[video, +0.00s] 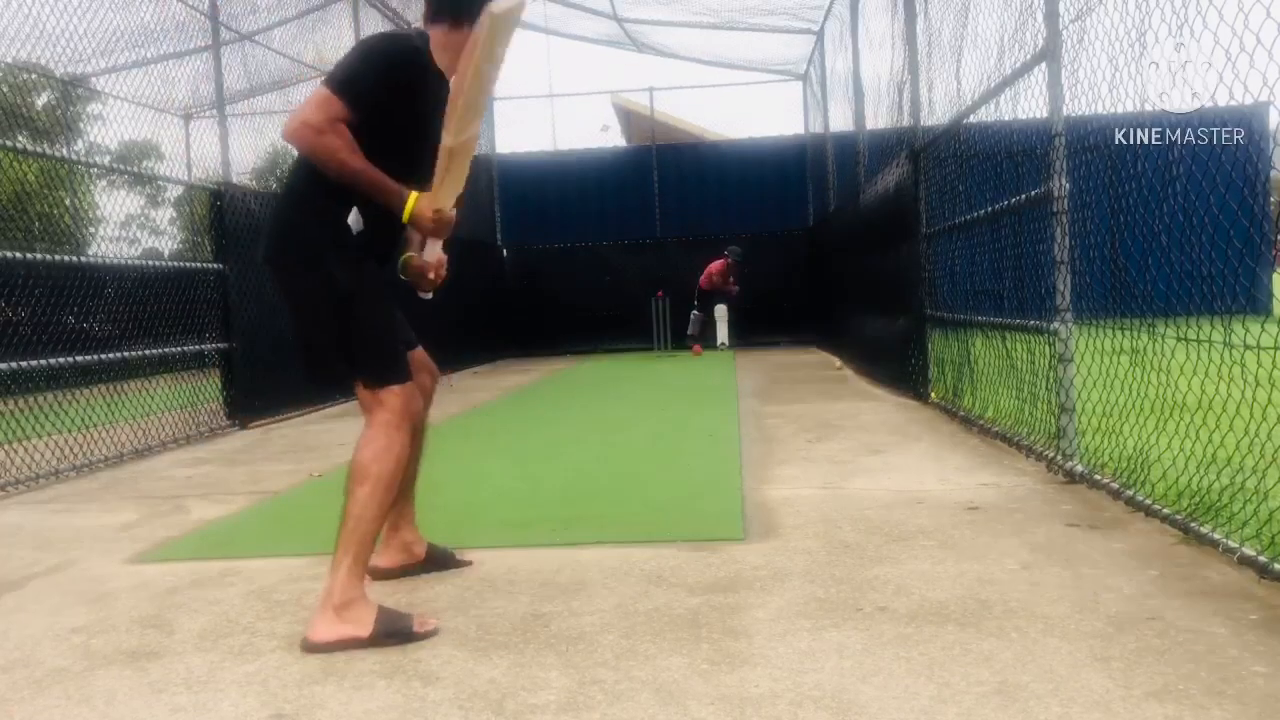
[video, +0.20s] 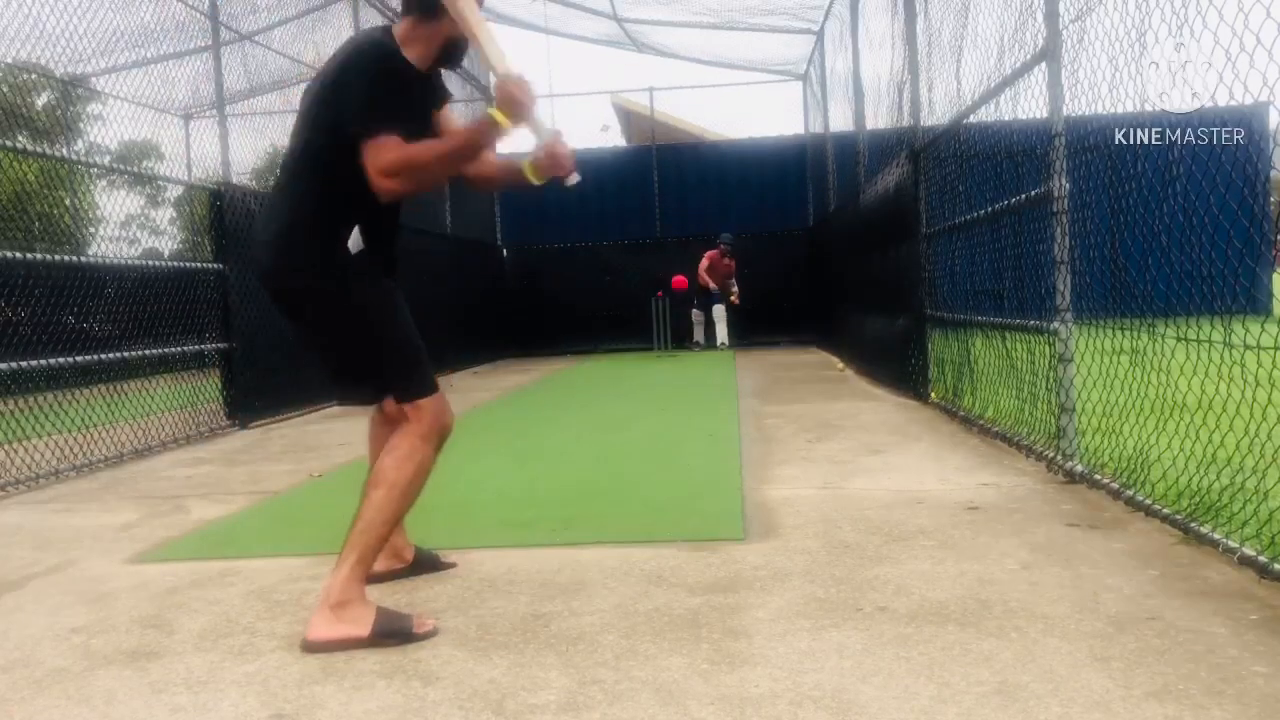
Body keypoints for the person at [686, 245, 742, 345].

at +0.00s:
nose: (735, 264)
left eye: (736, 262)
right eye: (734, 260)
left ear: (736, 261)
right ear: (727, 258)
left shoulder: (730, 268)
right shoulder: (717, 267)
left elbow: (727, 280)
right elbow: (717, 284)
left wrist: (731, 286)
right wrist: (730, 288)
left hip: (718, 289)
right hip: (705, 288)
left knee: (721, 312)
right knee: (699, 313)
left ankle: (722, 342)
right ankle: (693, 338)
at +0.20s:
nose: (726, 248)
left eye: (728, 245)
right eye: (723, 245)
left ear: (731, 247)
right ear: (719, 245)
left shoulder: (730, 262)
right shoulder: (710, 255)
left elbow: (731, 280)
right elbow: (701, 270)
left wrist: (734, 294)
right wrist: (710, 283)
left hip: (718, 290)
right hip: (703, 288)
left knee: (719, 313)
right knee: (697, 314)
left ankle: (722, 343)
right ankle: (698, 341)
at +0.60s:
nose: (706, 240)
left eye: (709, 237)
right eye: (704, 237)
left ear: (713, 238)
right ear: (700, 239)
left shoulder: (719, 252)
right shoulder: (695, 253)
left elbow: (724, 268)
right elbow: (690, 269)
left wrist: (725, 274)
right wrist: (698, 273)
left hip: (715, 285)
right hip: (700, 287)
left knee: (719, 313)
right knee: (700, 315)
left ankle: (725, 341)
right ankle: (702, 343)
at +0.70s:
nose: (705, 240)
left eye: (707, 237)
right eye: (703, 238)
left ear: (712, 238)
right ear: (700, 239)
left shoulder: (720, 252)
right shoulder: (695, 254)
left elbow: (726, 268)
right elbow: (692, 269)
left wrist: (725, 275)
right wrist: (699, 273)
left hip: (715, 285)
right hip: (701, 286)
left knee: (719, 314)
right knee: (700, 315)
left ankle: (725, 341)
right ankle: (702, 343)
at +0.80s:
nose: (702, 241)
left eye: (704, 238)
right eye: (701, 238)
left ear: (711, 238)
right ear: (701, 239)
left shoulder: (721, 252)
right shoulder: (697, 253)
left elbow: (728, 269)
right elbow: (694, 270)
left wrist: (724, 275)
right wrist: (700, 273)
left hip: (716, 284)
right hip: (702, 286)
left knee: (720, 312)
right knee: (701, 314)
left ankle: (725, 341)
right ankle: (702, 342)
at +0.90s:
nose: (704, 241)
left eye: (706, 239)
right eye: (703, 239)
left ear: (712, 239)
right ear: (702, 240)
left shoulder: (723, 251)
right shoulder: (699, 254)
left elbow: (730, 269)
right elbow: (696, 270)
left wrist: (724, 275)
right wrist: (702, 273)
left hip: (718, 285)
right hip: (704, 286)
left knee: (721, 312)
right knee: (702, 313)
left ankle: (725, 341)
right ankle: (702, 342)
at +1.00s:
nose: (705, 242)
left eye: (707, 239)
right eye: (704, 240)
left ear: (713, 239)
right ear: (702, 241)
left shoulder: (724, 251)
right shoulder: (701, 254)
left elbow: (732, 269)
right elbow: (699, 270)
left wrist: (723, 274)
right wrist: (706, 274)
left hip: (719, 285)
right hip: (706, 286)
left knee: (721, 312)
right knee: (703, 312)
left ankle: (726, 341)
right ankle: (702, 342)